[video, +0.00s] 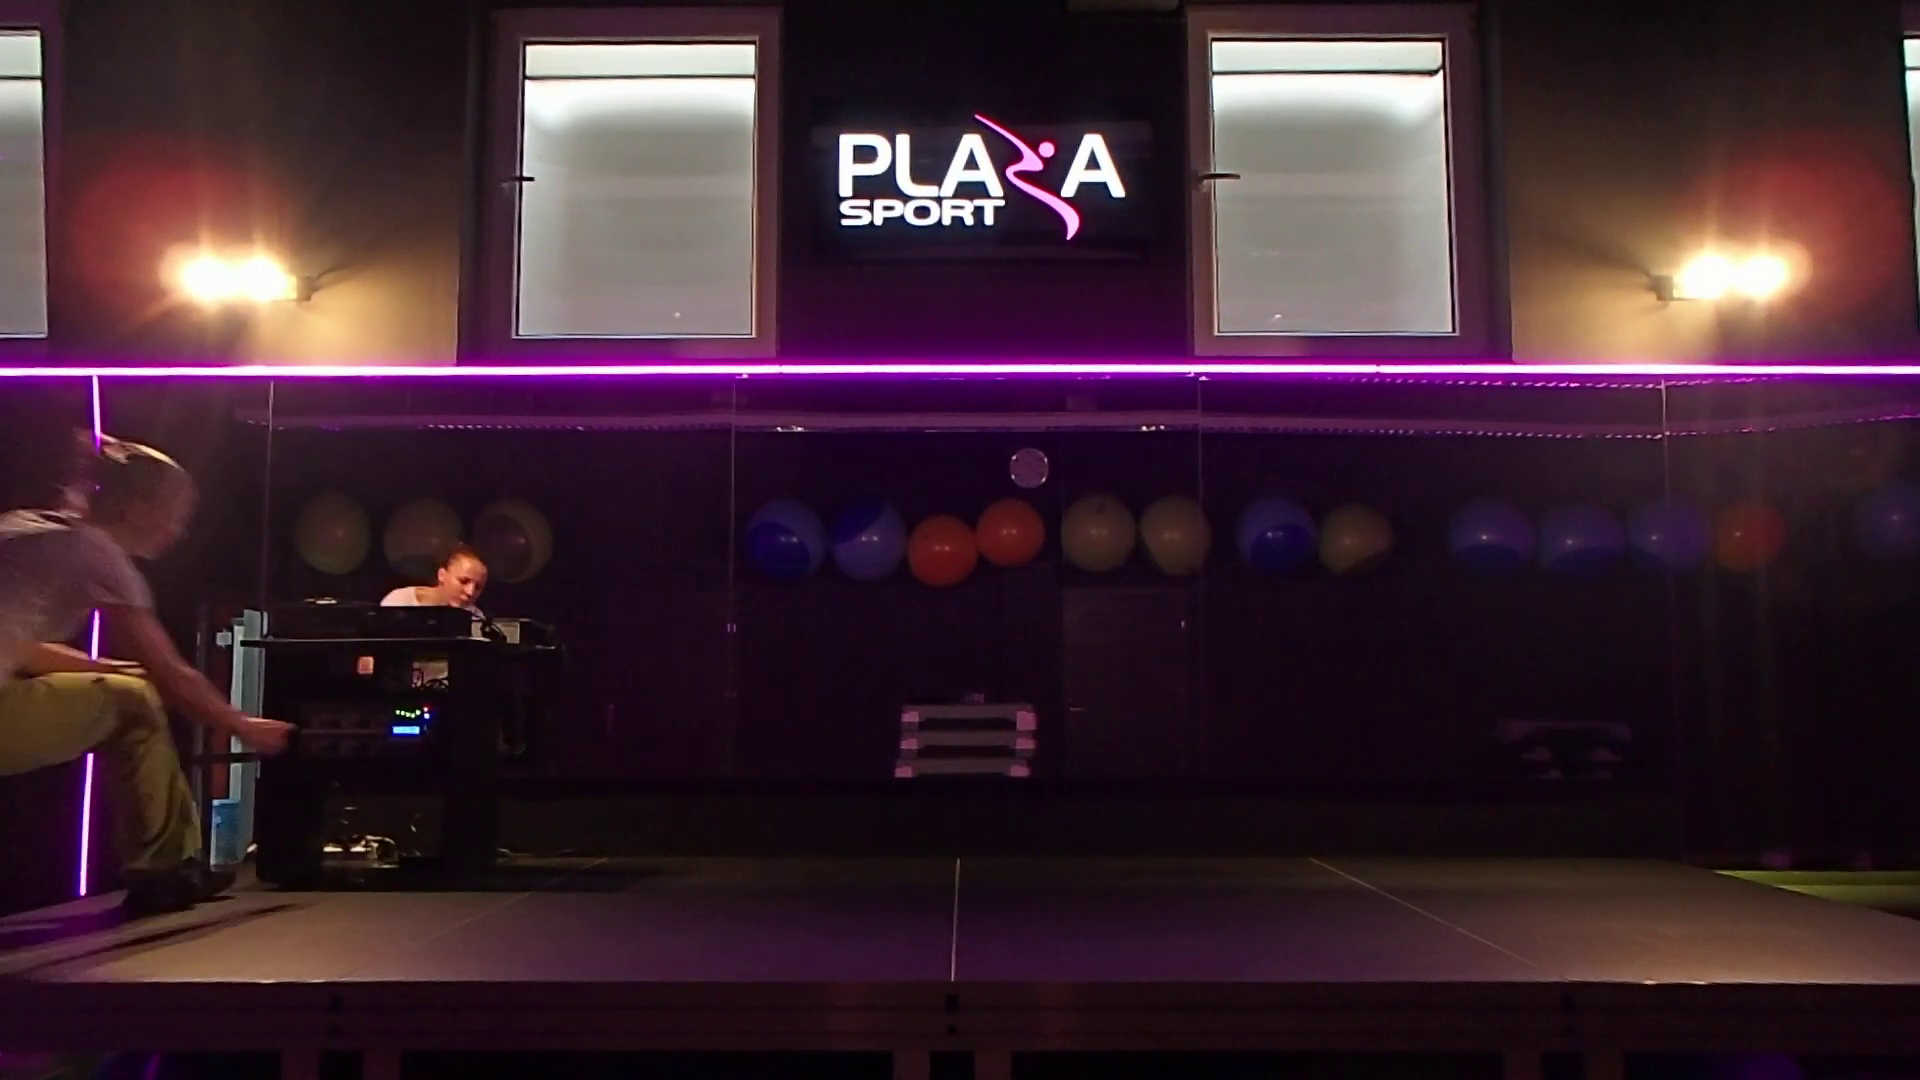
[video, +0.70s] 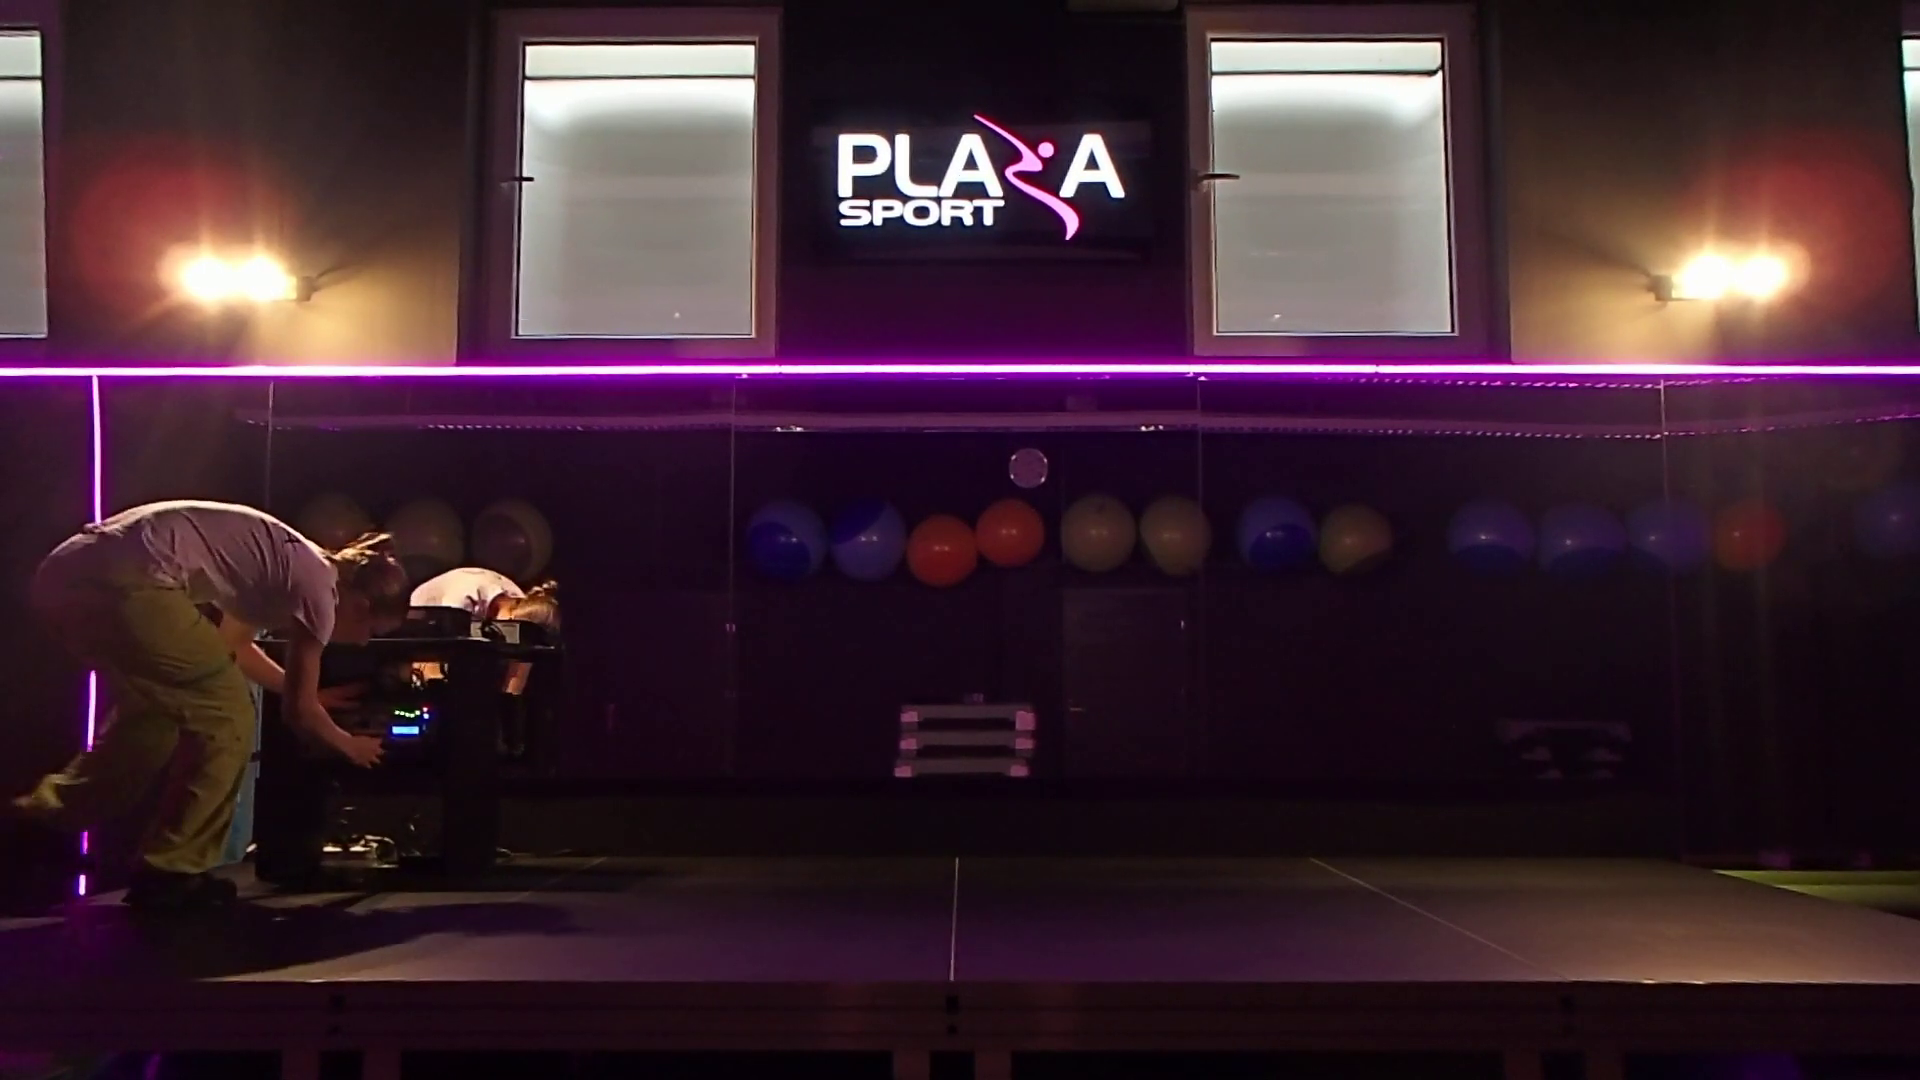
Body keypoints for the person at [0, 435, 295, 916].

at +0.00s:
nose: (178, 534)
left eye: (182, 521)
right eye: (175, 517)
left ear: (124, 502)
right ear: (137, 506)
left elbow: (22, 649)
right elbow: (171, 673)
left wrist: (118, 671)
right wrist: (244, 725)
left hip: (11, 694)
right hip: (7, 705)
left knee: (131, 695)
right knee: (136, 702)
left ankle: (165, 865)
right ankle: (161, 872)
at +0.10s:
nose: (241, 562)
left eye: (246, 550)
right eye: (240, 546)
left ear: (182, 523)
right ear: (207, 533)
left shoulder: (116, 544)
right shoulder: (162, 568)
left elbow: (105, 650)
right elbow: (225, 684)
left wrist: (214, 675)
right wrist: (293, 727)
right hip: (15, 706)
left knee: (160, 694)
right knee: (169, 699)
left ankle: (153, 867)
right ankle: (166, 871)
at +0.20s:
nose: (292, 583)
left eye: (299, 571)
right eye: (292, 567)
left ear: (243, 534)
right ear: (263, 549)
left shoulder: (183, 550)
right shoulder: (223, 574)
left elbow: (168, 645)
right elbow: (269, 692)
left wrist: (264, 680)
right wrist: (330, 733)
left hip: (11, 664)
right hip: (48, 668)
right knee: (190, 703)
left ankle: (148, 863)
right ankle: (168, 873)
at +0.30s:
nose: (327, 602)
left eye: (334, 593)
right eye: (332, 589)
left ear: (285, 543)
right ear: (309, 567)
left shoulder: (210, 557)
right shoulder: (265, 575)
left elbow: (214, 653)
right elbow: (289, 696)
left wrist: (292, 686)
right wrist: (348, 738)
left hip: (13, 626)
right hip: (85, 632)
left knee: (11, 786)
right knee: (206, 716)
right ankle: (168, 870)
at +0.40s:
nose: (351, 616)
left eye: (359, 608)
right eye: (355, 603)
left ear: (311, 553)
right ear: (331, 577)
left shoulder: (240, 563)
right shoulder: (291, 578)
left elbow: (224, 648)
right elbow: (302, 699)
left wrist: (298, 691)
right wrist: (353, 742)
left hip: (32, 603)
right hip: (110, 608)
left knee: (37, 771)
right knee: (217, 713)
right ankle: (171, 872)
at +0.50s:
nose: (358, 628)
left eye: (369, 620)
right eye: (366, 616)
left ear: (340, 570)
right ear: (349, 588)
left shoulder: (256, 567)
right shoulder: (305, 584)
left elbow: (226, 645)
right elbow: (303, 705)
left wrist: (299, 694)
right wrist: (350, 744)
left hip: (48, 587)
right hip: (123, 591)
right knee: (222, 715)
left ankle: (1, 864)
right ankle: (170, 872)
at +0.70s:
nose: (359, 639)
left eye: (371, 634)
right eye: (370, 628)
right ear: (359, 601)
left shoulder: (269, 564)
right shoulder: (316, 582)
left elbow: (232, 644)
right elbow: (302, 710)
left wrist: (298, 693)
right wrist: (347, 743)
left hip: (65, 577)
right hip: (130, 584)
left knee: (160, 714)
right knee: (231, 711)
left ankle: (43, 817)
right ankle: (172, 871)